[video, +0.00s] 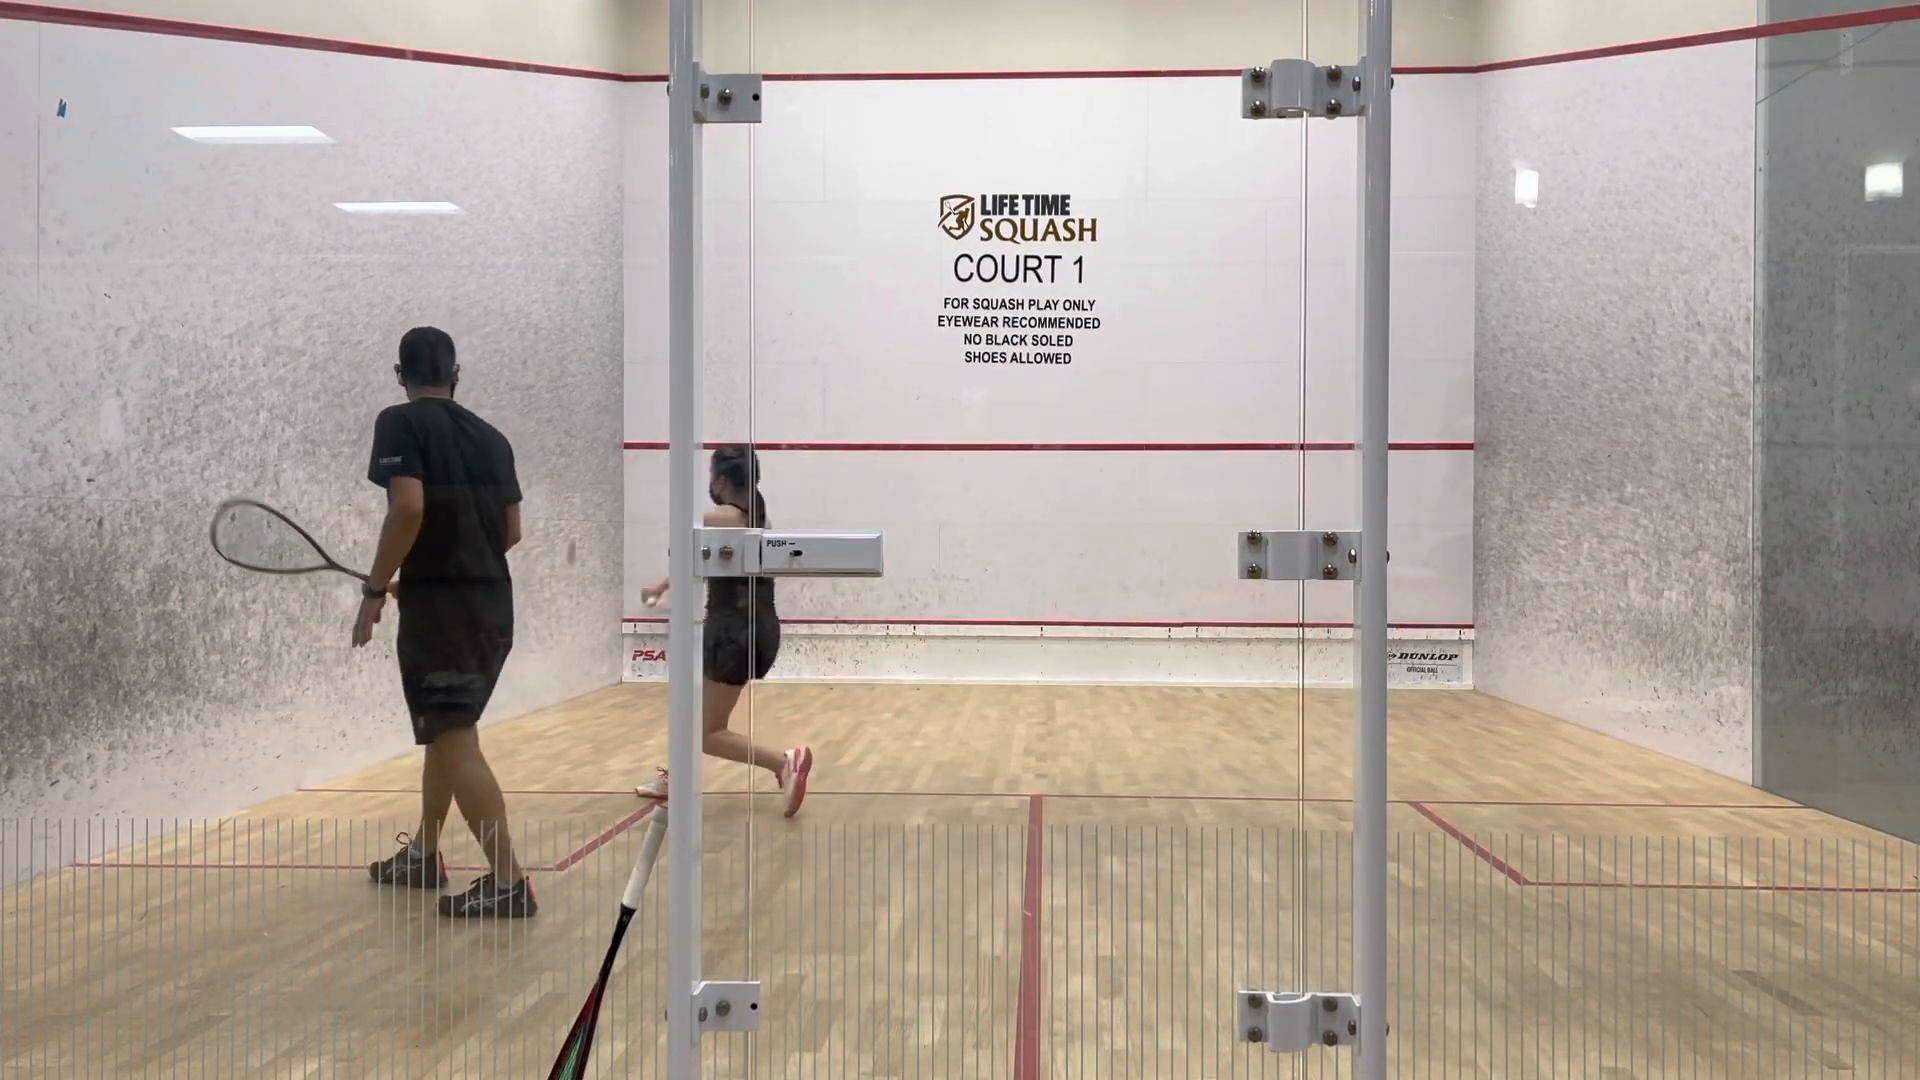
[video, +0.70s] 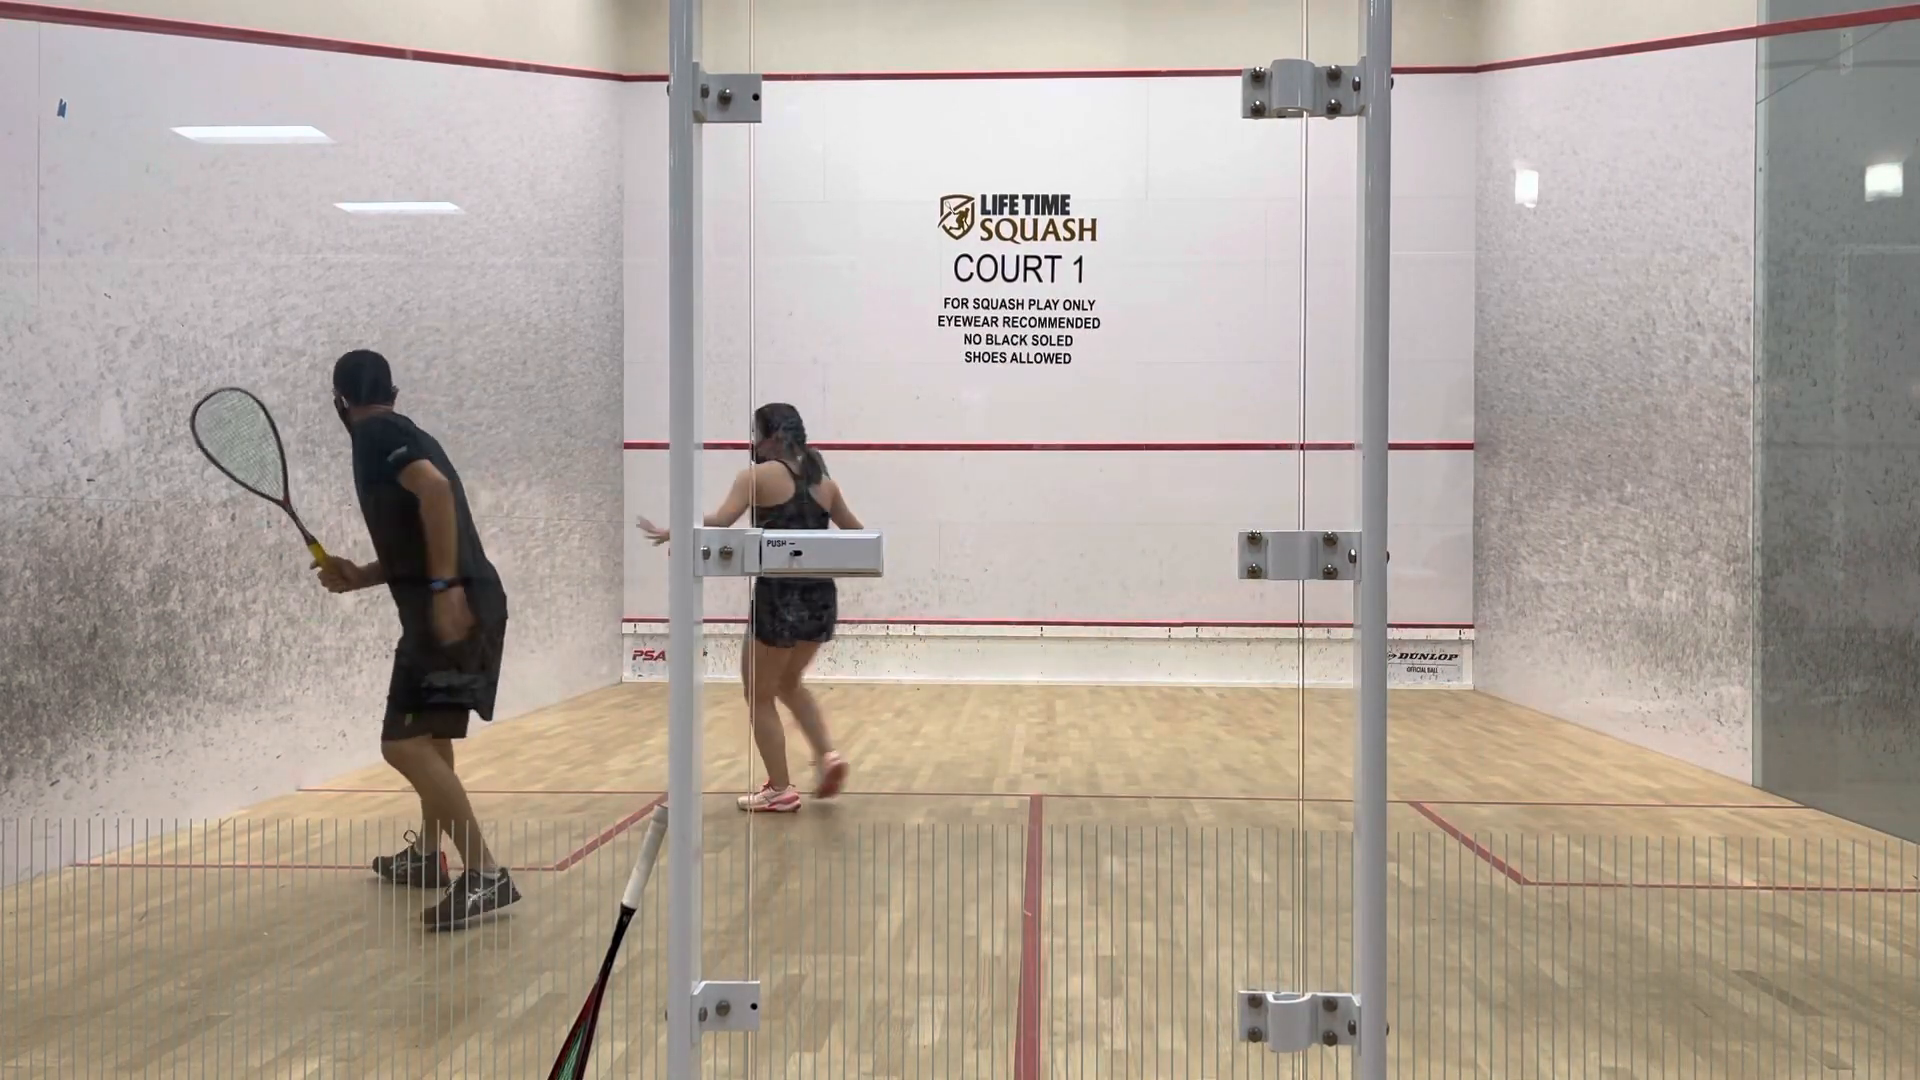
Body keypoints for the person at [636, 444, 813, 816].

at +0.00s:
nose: (709, 482)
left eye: (713, 475)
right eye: (711, 475)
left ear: (724, 480)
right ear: (747, 480)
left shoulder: (720, 518)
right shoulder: (756, 517)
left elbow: (690, 561)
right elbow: (707, 562)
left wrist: (661, 586)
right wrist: (669, 585)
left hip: (732, 629)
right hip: (757, 626)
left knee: (706, 736)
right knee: (698, 709)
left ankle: (783, 763)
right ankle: (676, 778)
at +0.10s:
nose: (695, 484)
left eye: (698, 478)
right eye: (697, 478)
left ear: (708, 481)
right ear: (738, 479)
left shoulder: (708, 513)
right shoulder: (748, 514)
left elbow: (677, 574)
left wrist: (654, 633)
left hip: (719, 627)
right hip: (749, 623)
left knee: (706, 725)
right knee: (695, 707)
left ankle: (777, 757)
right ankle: (673, 777)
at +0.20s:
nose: (686, 478)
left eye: (692, 471)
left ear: (695, 477)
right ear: (735, 478)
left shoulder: (692, 515)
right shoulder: (752, 518)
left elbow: (657, 567)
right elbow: (785, 542)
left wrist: (620, 613)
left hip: (718, 630)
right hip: (753, 626)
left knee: (692, 717)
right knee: (693, 703)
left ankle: (767, 757)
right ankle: (675, 776)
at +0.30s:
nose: (696, 479)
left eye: (699, 473)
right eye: (699, 473)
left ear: (707, 477)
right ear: (739, 477)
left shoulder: (702, 512)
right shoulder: (761, 518)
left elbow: (665, 548)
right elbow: (816, 527)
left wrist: (627, 581)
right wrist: (868, 530)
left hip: (721, 630)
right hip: (753, 628)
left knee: (677, 713)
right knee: (688, 695)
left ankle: (757, 758)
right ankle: (675, 777)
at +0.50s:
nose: (725, 457)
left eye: (727, 450)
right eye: (727, 450)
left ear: (736, 453)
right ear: (769, 452)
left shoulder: (726, 490)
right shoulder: (792, 497)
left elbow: (678, 529)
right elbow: (837, 519)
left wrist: (627, 556)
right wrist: (883, 521)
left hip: (737, 611)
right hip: (780, 614)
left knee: (721, 706)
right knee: (727, 707)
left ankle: (776, 780)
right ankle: (685, 781)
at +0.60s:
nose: (737, 449)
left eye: (740, 442)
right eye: (738, 442)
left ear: (751, 443)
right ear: (781, 443)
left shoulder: (741, 480)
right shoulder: (808, 489)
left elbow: (690, 522)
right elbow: (844, 521)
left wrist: (635, 542)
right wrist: (867, 519)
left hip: (759, 603)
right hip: (800, 603)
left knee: (744, 700)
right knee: (753, 685)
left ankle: (780, 788)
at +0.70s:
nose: (754, 444)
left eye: (757, 437)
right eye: (754, 437)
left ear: (771, 437)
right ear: (798, 435)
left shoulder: (755, 477)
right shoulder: (823, 482)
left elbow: (718, 522)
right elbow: (855, 532)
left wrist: (670, 533)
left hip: (777, 601)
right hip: (820, 599)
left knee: (760, 696)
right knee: (790, 684)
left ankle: (781, 788)